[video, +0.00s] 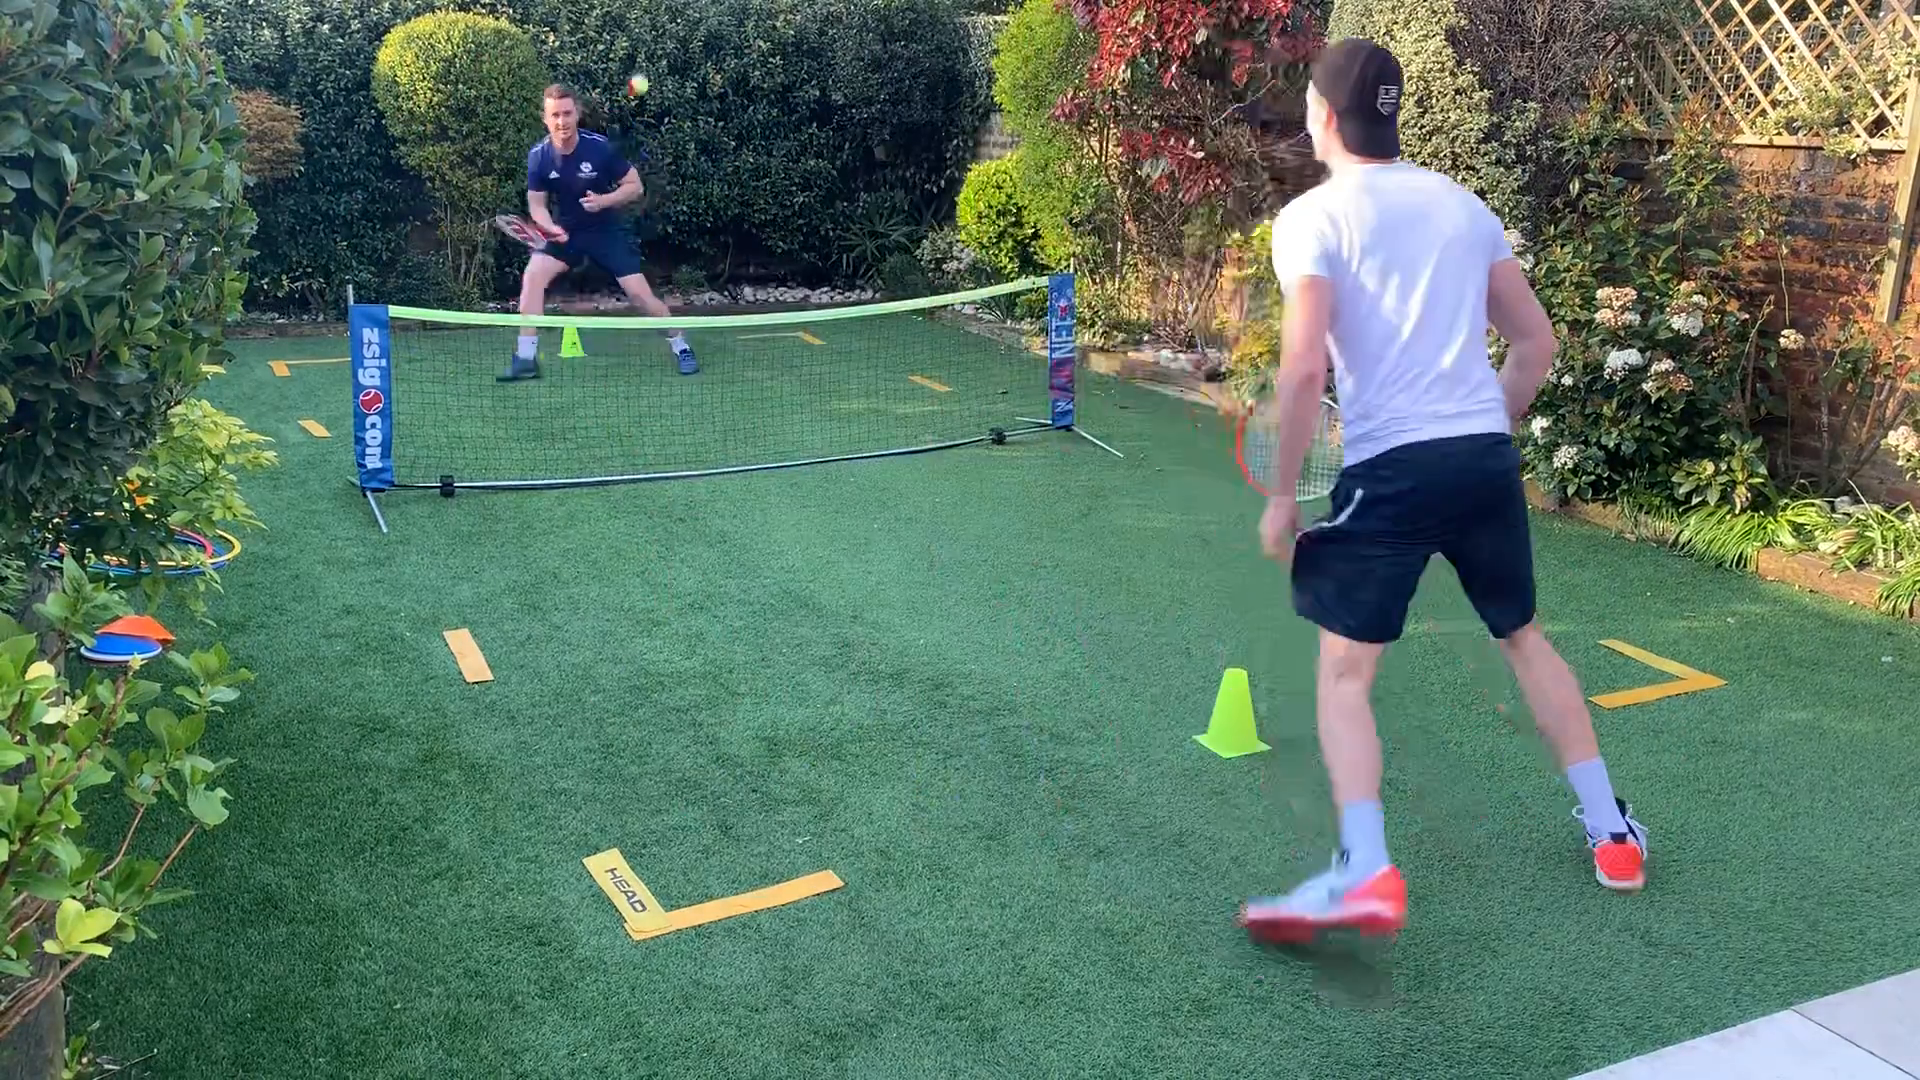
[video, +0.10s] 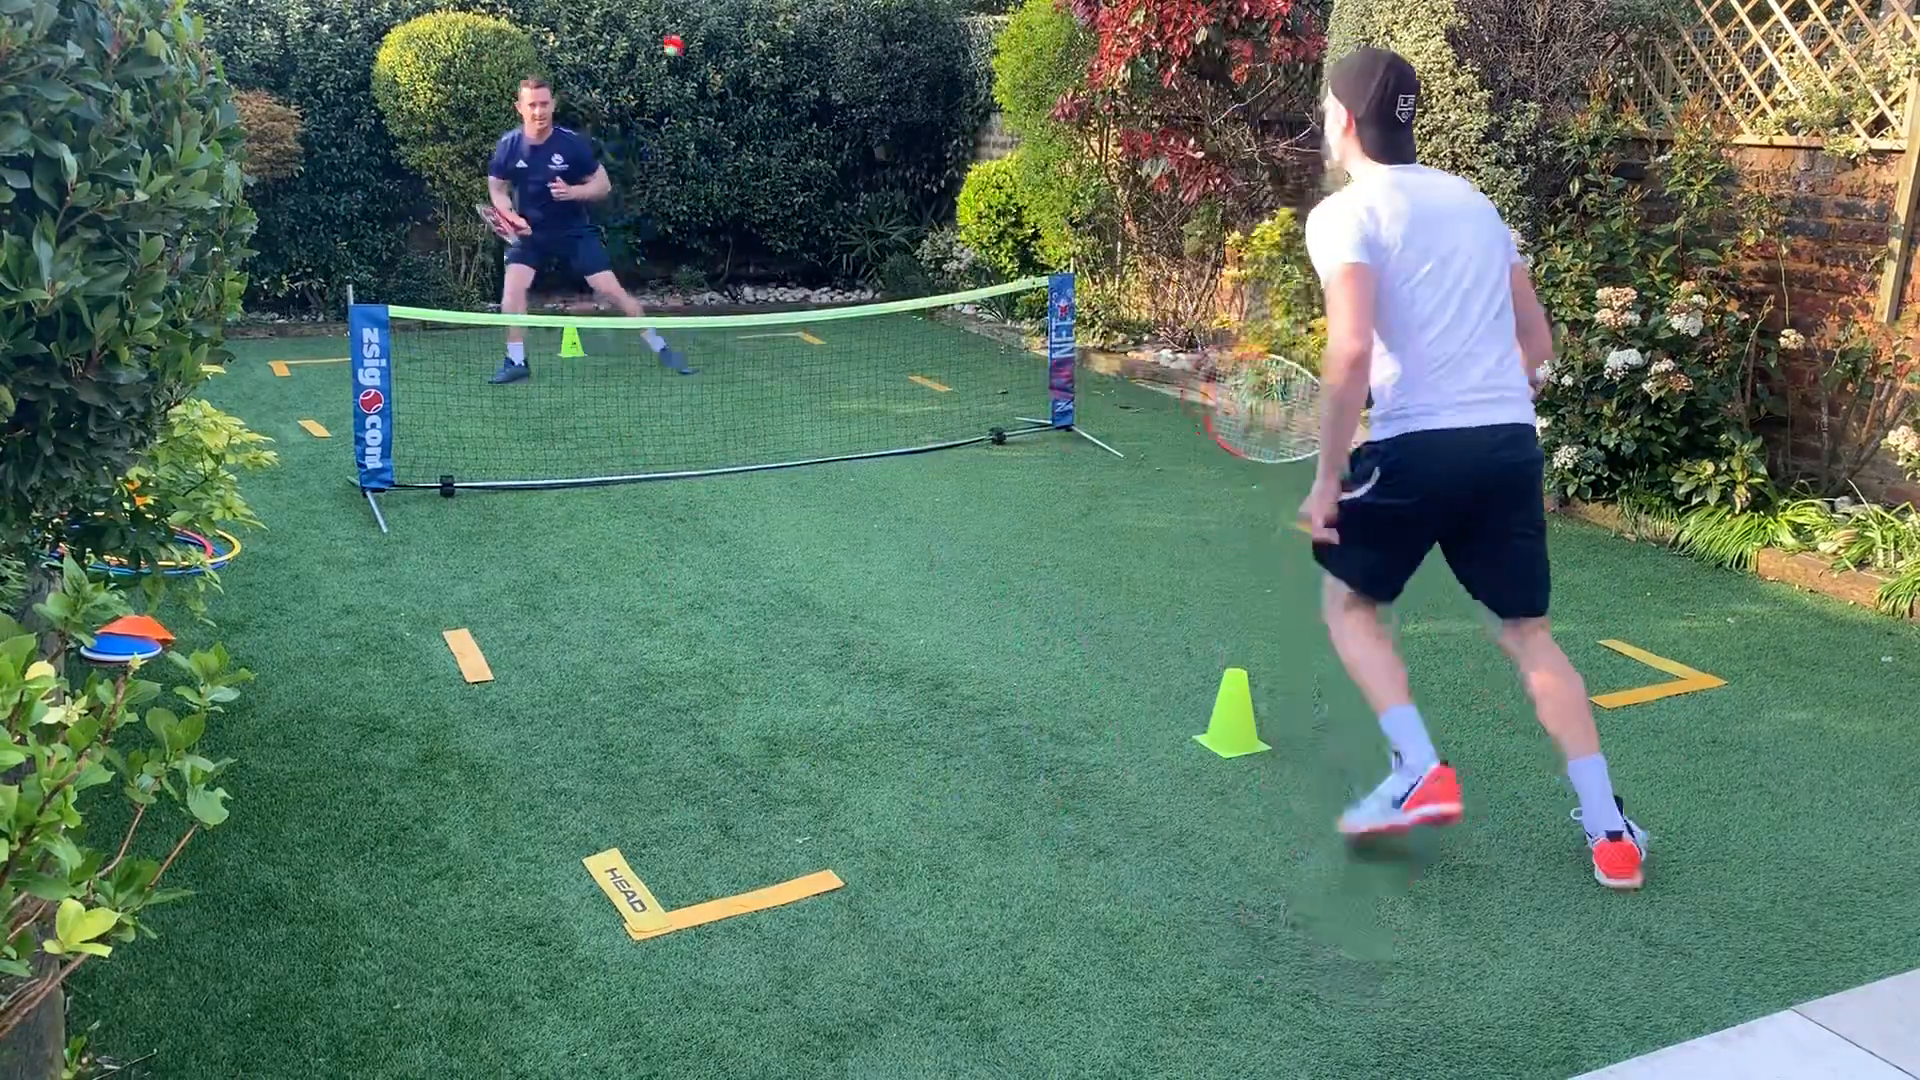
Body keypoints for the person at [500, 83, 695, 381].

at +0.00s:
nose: (561, 122)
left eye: (567, 114)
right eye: (554, 115)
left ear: (578, 115)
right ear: (545, 119)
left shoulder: (601, 149)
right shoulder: (538, 156)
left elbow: (634, 186)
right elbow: (536, 205)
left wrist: (604, 200)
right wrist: (549, 226)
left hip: (607, 231)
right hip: (566, 232)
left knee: (639, 294)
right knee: (532, 276)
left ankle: (681, 346)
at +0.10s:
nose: (539, 111)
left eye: (544, 104)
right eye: (532, 106)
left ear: (553, 106)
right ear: (520, 109)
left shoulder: (573, 143)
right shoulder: (508, 146)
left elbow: (602, 185)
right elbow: (498, 191)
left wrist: (573, 191)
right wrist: (511, 217)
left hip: (574, 232)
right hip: (530, 232)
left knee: (609, 289)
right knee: (513, 286)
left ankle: (661, 348)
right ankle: (516, 361)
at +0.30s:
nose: (502, 93)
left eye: (508, 86)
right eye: (495, 87)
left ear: (515, 89)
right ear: (481, 90)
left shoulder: (532, 128)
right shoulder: (462, 127)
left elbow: (562, 169)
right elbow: (445, 169)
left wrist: (530, 177)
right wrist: (459, 202)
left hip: (519, 217)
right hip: (474, 215)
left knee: (520, 279)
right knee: (462, 277)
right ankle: (470, 350)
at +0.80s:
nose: (450, 121)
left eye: (455, 114)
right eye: (443, 113)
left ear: (461, 117)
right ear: (426, 113)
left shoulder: (461, 151)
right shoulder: (402, 147)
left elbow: (456, 191)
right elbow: (372, 185)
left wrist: (459, 202)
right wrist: (406, 216)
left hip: (433, 224)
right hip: (391, 222)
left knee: (453, 287)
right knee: (385, 283)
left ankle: (427, 320)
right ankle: (356, 343)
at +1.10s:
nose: (477, 96)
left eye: (481, 90)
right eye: (470, 90)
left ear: (486, 93)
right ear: (454, 93)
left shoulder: (494, 125)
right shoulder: (439, 125)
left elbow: (510, 160)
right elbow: (407, 158)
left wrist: (481, 168)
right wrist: (420, 195)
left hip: (471, 209)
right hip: (438, 206)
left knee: (471, 272)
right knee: (434, 267)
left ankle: (426, 306)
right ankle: (414, 328)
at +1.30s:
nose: (511, 103)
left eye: (516, 97)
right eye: (504, 97)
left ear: (521, 100)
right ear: (489, 101)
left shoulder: (533, 138)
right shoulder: (471, 136)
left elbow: (540, 171)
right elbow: (448, 171)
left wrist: (535, 183)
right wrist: (474, 200)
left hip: (522, 215)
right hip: (480, 216)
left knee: (556, 266)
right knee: (471, 277)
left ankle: (562, 321)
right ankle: (462, 327)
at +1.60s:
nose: (571, 97)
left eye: (575, 90)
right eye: (564, 92)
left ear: (582, 93)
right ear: (553, 97)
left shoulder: (605, 129)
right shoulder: (543, 132)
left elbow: (620, 172)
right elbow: (538, 173)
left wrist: (592, 186)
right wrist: (562, 194)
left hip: (606, 201)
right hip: (564, 202)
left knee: (625, 257)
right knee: (553, 258)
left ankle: (630, 323)